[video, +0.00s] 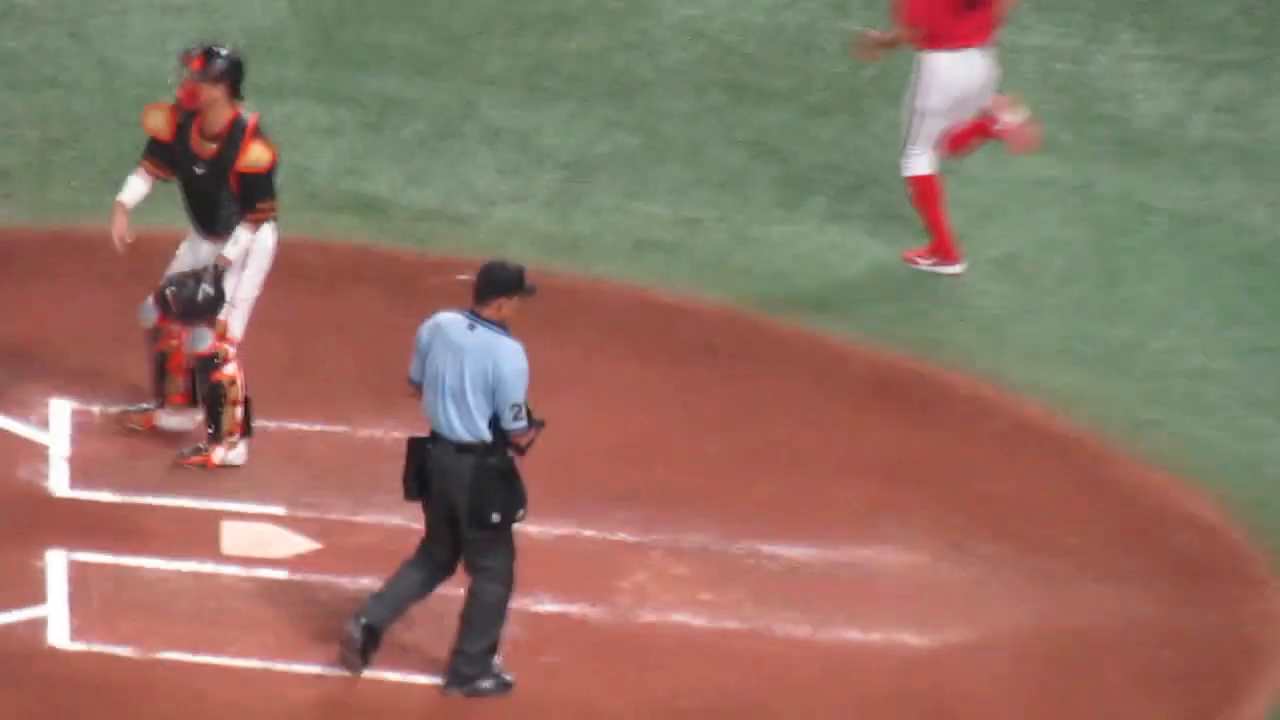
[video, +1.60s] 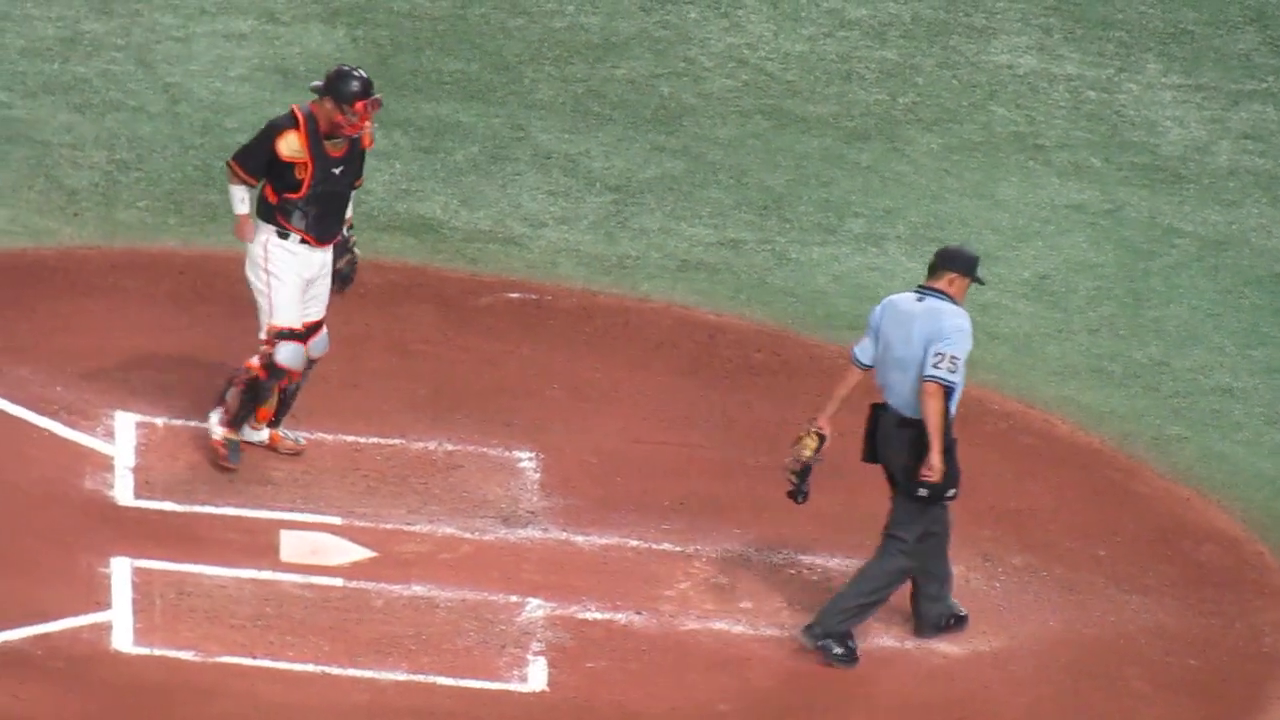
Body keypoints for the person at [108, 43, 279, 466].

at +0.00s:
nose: (189, 88)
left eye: (200, 82)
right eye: (190, 80)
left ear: (225, 89)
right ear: (192, 84)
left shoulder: (250, 145)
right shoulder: (176, 124)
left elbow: (258, 215)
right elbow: (151, 169)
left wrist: (226, 258)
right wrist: (122, 204)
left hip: (248, 241)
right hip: (204, 236)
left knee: (214, 334)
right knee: (162, 313)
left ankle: (230, 440)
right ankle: (175, 407)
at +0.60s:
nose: (134, 96)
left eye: (144, 90)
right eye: (133, 87)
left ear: (166, 94)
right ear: (130, 85)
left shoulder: (202, 126)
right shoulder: (117, 121)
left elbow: (236, 178)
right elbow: (104, 168)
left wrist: (252, 228)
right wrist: (95, 209)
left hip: (193, 237)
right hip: (143, 232)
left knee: (179, 330)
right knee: (122, 321)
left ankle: (177, 412)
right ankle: (126, 411)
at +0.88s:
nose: (198, 100)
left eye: (204, 92)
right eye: (189, 93)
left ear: (214, 89)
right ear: (171, 92)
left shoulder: (230, 118)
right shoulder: (141, 122)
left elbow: (248, 167)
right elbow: (113, 172)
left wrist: (257, 220)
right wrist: (106, 226)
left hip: (209, 232)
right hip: (156, 233)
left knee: (223, 325)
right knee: (136, 319)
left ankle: (190, 396)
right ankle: (138, 409)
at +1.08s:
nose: (246, 105)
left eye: (251, 97)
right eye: (237, 98)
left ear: (257, 93)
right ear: (216, 97)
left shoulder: (264, 123)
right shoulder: (179, 126)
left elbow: (270, 173)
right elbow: (139, 177)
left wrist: (279, 224)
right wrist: (133, 233)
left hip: (235, 237)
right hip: (184, 237)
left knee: (250, 325)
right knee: (156, 324)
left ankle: (235, 417)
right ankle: (150, 412)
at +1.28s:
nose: (298, 106)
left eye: (300, 98)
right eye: (290, 99)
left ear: (300, 96)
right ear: (267, 97)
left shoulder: (302, 126)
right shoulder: (228, 128)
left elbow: (299, 183)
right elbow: (182, 176)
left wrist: (301, 233)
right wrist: (183, 230)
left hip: (274, 247)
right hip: (227, 244)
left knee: (282, 336)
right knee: (189, 333)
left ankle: (247, 423)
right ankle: (159, 413)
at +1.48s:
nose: (337, 110)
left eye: (340, 102)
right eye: (329, 102)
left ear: (340, 100)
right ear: (307, 98)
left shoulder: (336, 130)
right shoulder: (268, 127)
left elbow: (328, 190)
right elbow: (221, 171)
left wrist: (328, 240)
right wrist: (221, 221)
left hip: (306, 251)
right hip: (262, 247)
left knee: (299, 340)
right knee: (248, 349)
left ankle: (254, 423)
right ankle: (183, 407)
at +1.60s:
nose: (360, 117)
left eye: (363, 109)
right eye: (353, 109)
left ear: (360, 107)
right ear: (331, 104)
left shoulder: (358, 135)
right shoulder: (287, 130)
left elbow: (346, 191)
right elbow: (239, 171)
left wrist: (345, 241)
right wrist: (243, 219)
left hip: (321, 251)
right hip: (279, 247)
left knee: (312, 345)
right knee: (285, 350)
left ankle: (263, 425)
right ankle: (224, 421)